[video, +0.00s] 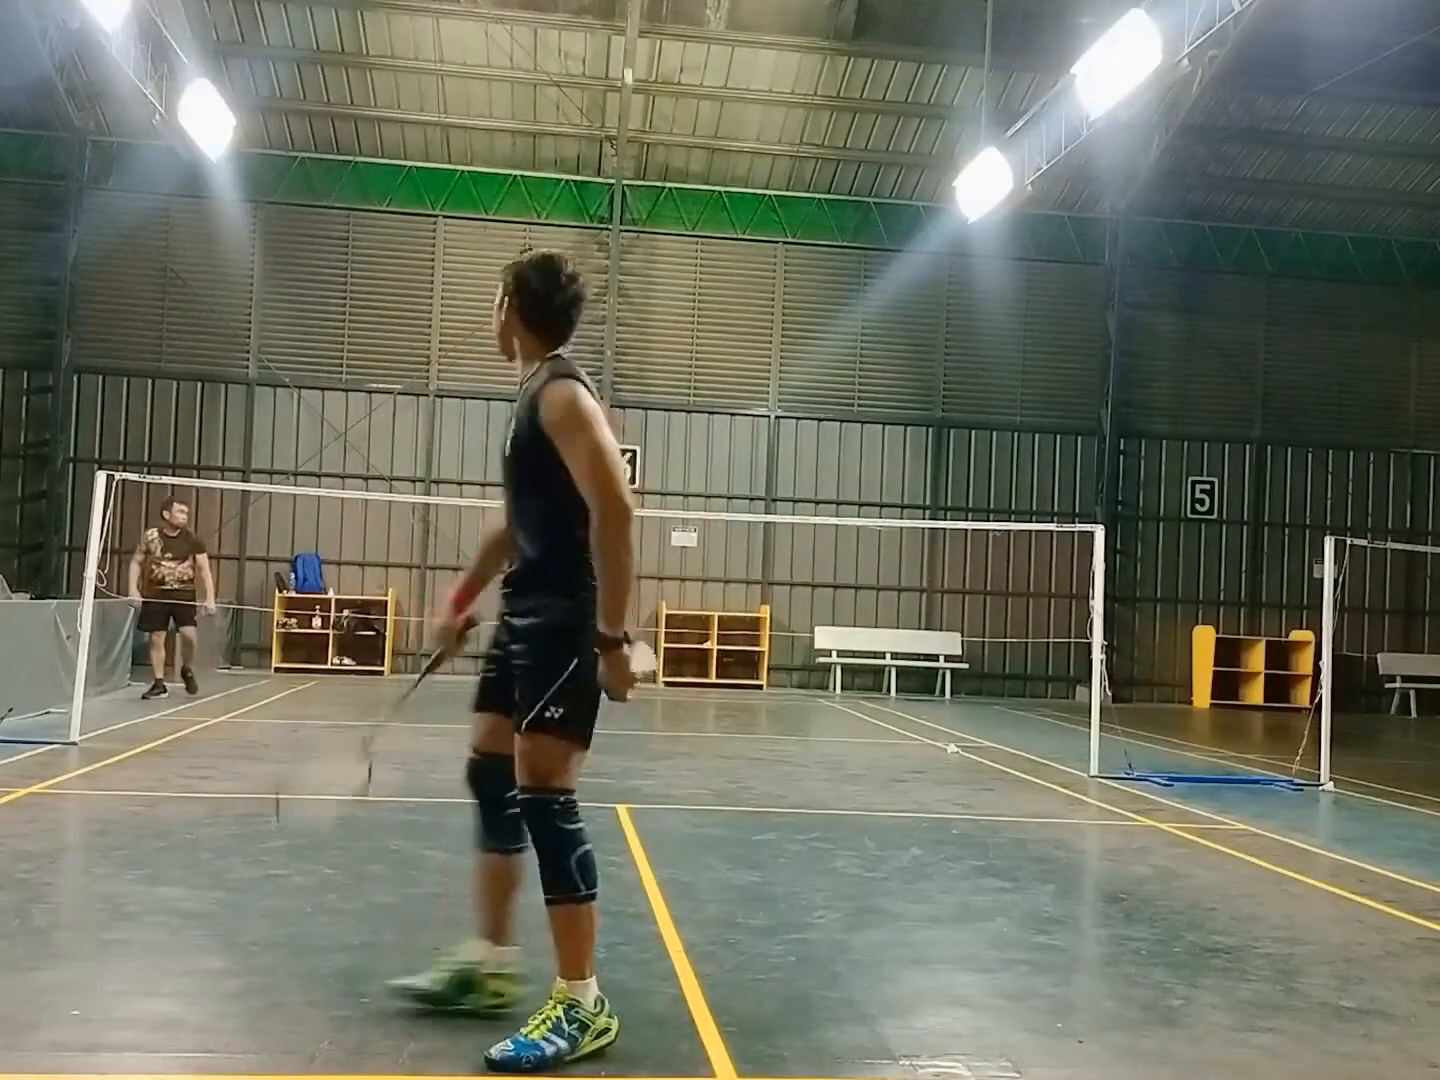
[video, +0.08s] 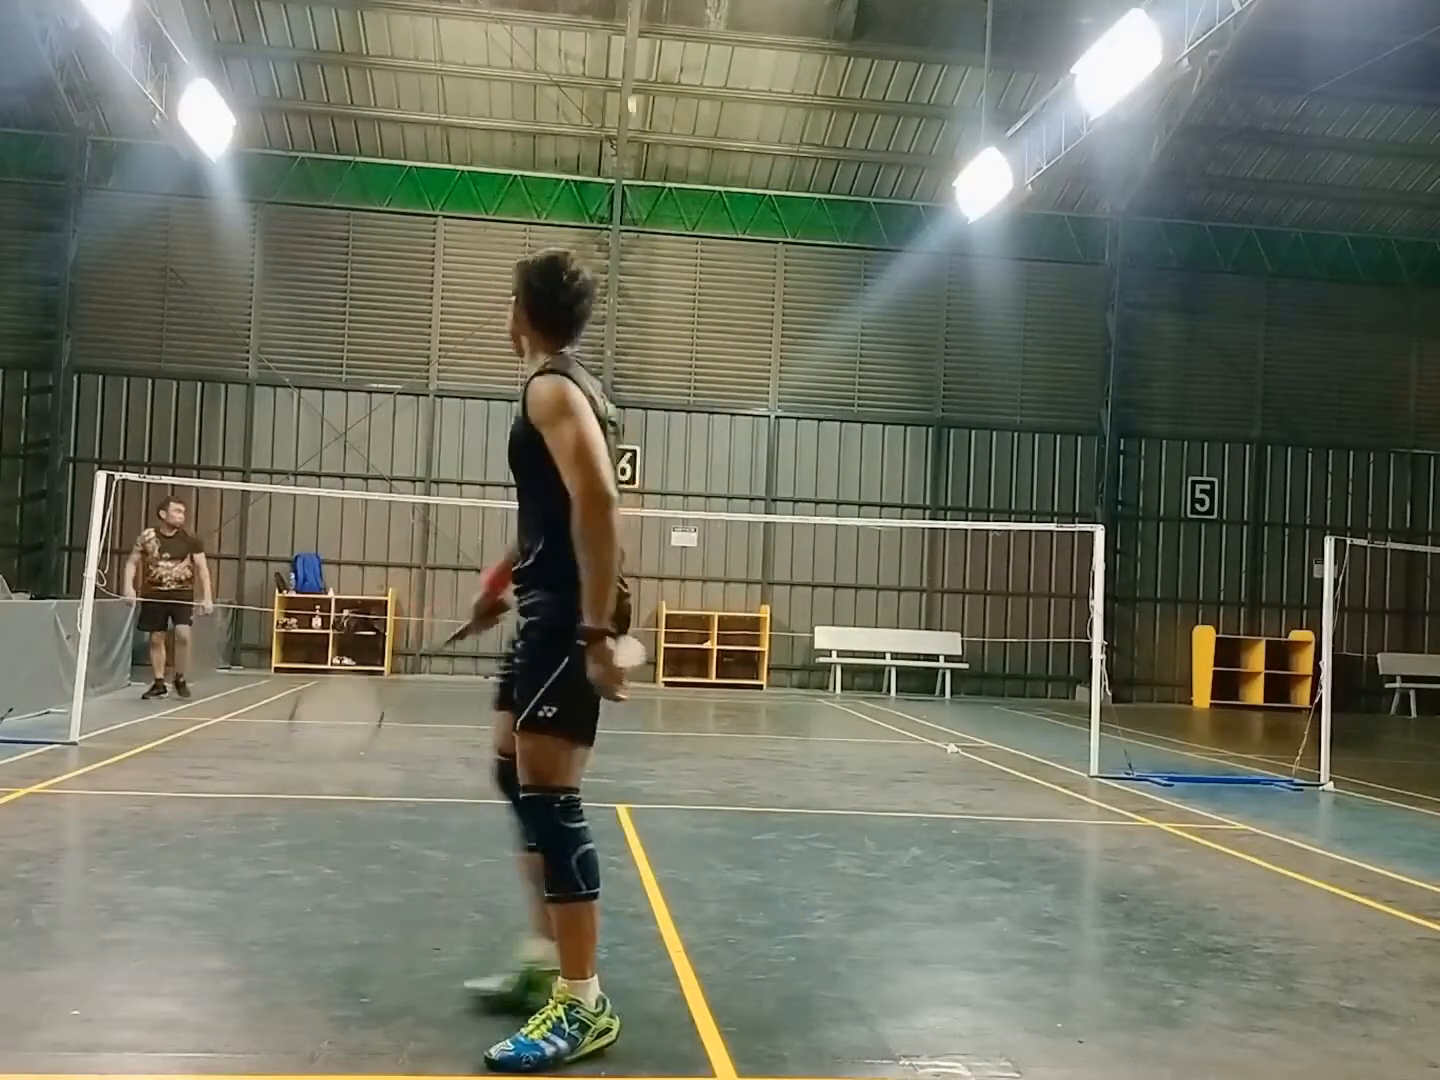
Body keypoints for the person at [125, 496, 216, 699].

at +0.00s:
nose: (184, 516)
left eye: (186, 513)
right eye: (180, 512)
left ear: (188, 516)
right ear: (166, 514)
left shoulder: (193, 542)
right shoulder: (151, 537)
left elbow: (204, 570)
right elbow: (136, 563)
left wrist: (210, 598)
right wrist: (133, 591)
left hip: (184, 595)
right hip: (156, 594)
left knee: (189, 635)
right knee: (157, 638)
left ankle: (187, 670)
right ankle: (159, 682)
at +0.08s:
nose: (181, 515)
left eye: (183, 512)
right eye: (177, 511)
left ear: (184, 515)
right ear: (163, 513)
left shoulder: (191, 542)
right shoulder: (148, 537)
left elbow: (203, 569)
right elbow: (132, 563)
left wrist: (207, 597)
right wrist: (128, 588)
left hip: (182, 597)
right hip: (154, 596)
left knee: (183, 636)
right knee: (156, 639)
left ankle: (180, 679)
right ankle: (159, 682)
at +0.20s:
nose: (176, 516)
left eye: (178, 512)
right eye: (171, 512)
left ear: (179, 516)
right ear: (157, 515)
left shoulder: (186, 541)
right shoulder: (143, 538)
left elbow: (197, 569)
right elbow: (127, 564)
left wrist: (198, 599)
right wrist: (121, 587)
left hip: (177, 597)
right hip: (151, 596)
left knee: (170, 639)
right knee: (155, 641)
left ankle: (165, 684)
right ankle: (158, 682)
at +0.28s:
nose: (175, 516)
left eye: (177, 513)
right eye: (170, 512)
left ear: (179, 516)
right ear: (157, 515)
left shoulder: (185, 542)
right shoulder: (142, 538)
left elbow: (194, 570)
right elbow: (126, 565)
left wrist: (194, 599)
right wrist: (119, 589)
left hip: (175, 597)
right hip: (150, 597)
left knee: (167, 639)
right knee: (153, 642)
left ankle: (160, 685)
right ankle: (156, 683)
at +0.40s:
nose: (176, 515)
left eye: (178, 512)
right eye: (172, 511)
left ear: (179, 515)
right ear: (157, 513)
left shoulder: (184, 541)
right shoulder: (141, 536)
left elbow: (191, 571)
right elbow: (126, 566)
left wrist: (189, 600)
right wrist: (119, 594)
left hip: (172, 598)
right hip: (146, 597)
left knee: (164, 640)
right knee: (150, 642)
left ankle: (158, 686)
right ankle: (151, 676)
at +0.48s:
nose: (176, 513)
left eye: (177, 510)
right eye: (171, 509)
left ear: (179, 514)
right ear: (156, 511)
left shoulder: (184, 541)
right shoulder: (140, 535)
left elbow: (190, 571)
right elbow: (126, 565)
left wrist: (187, 600)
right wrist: (120, 594)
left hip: (170, 599)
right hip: (142, 597)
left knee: (164, 640)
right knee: (136, 638)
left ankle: (158, 686)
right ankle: (148, 668)